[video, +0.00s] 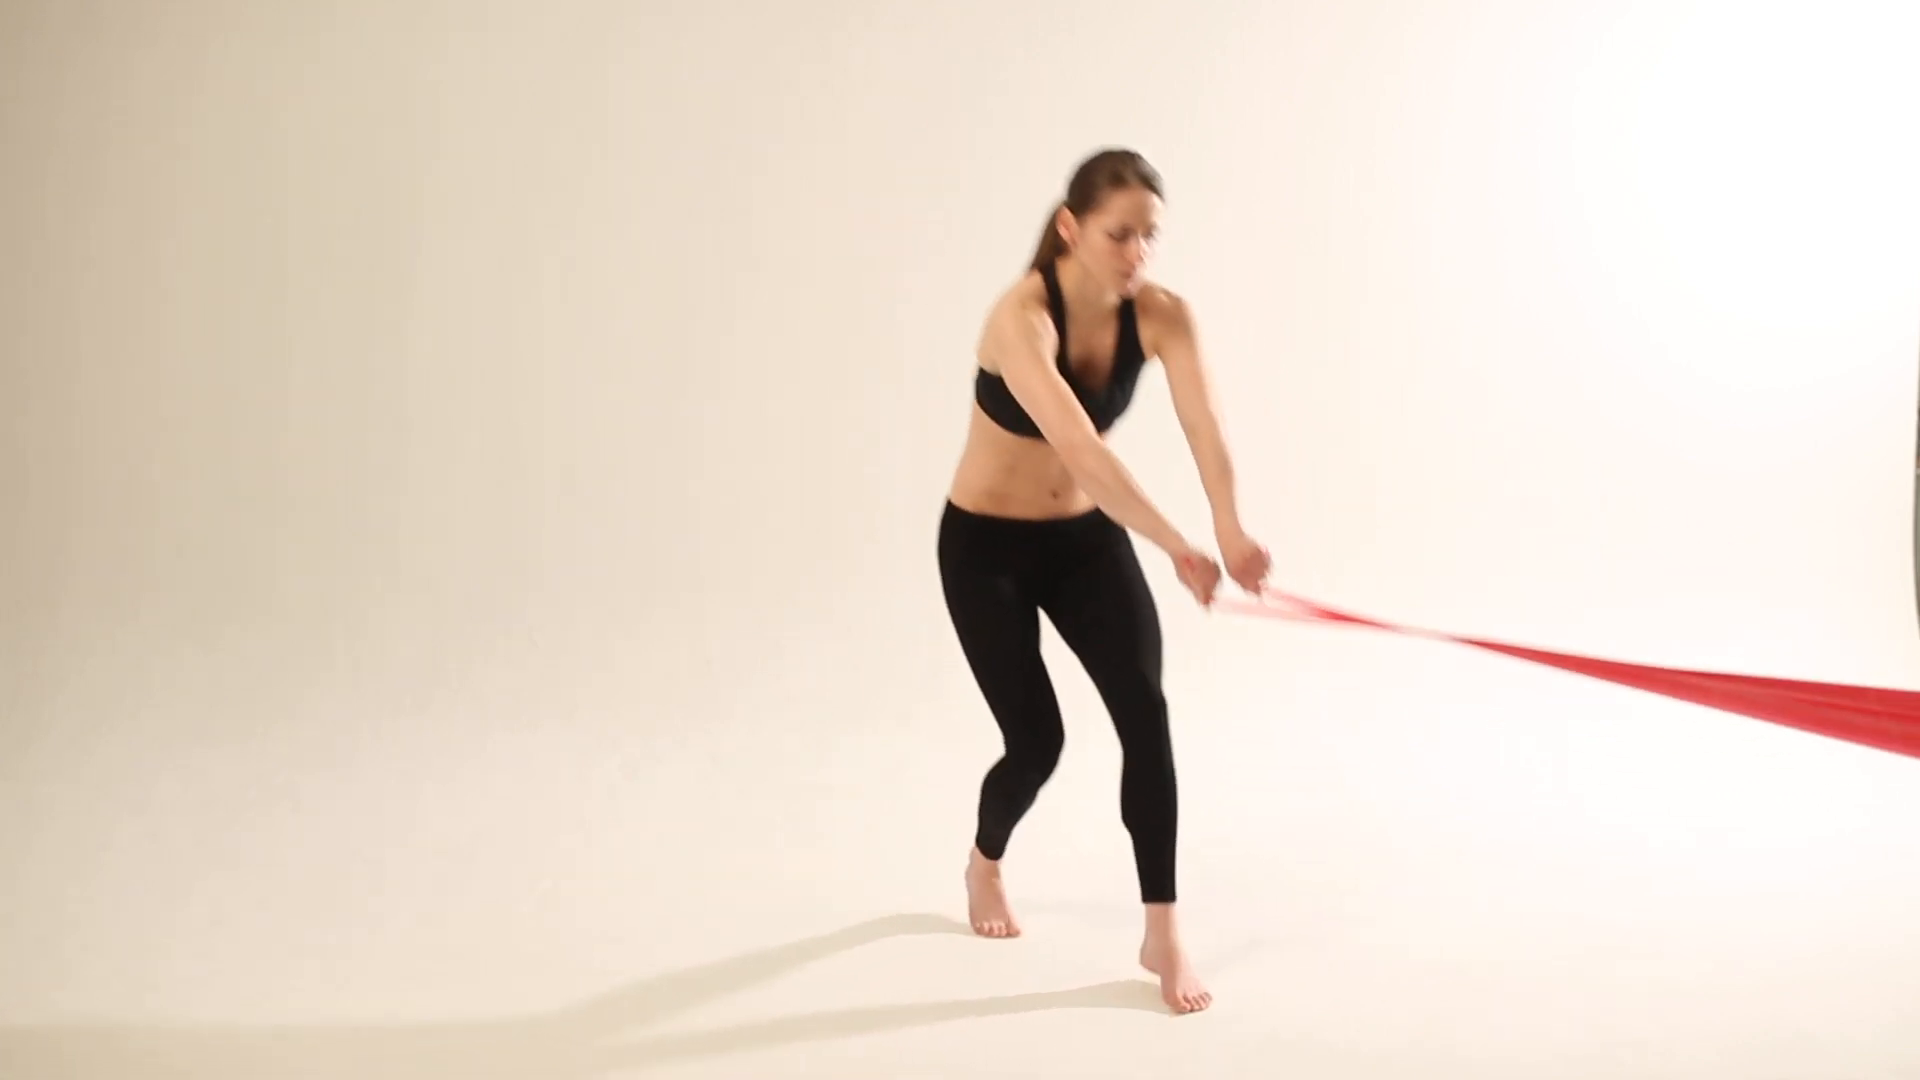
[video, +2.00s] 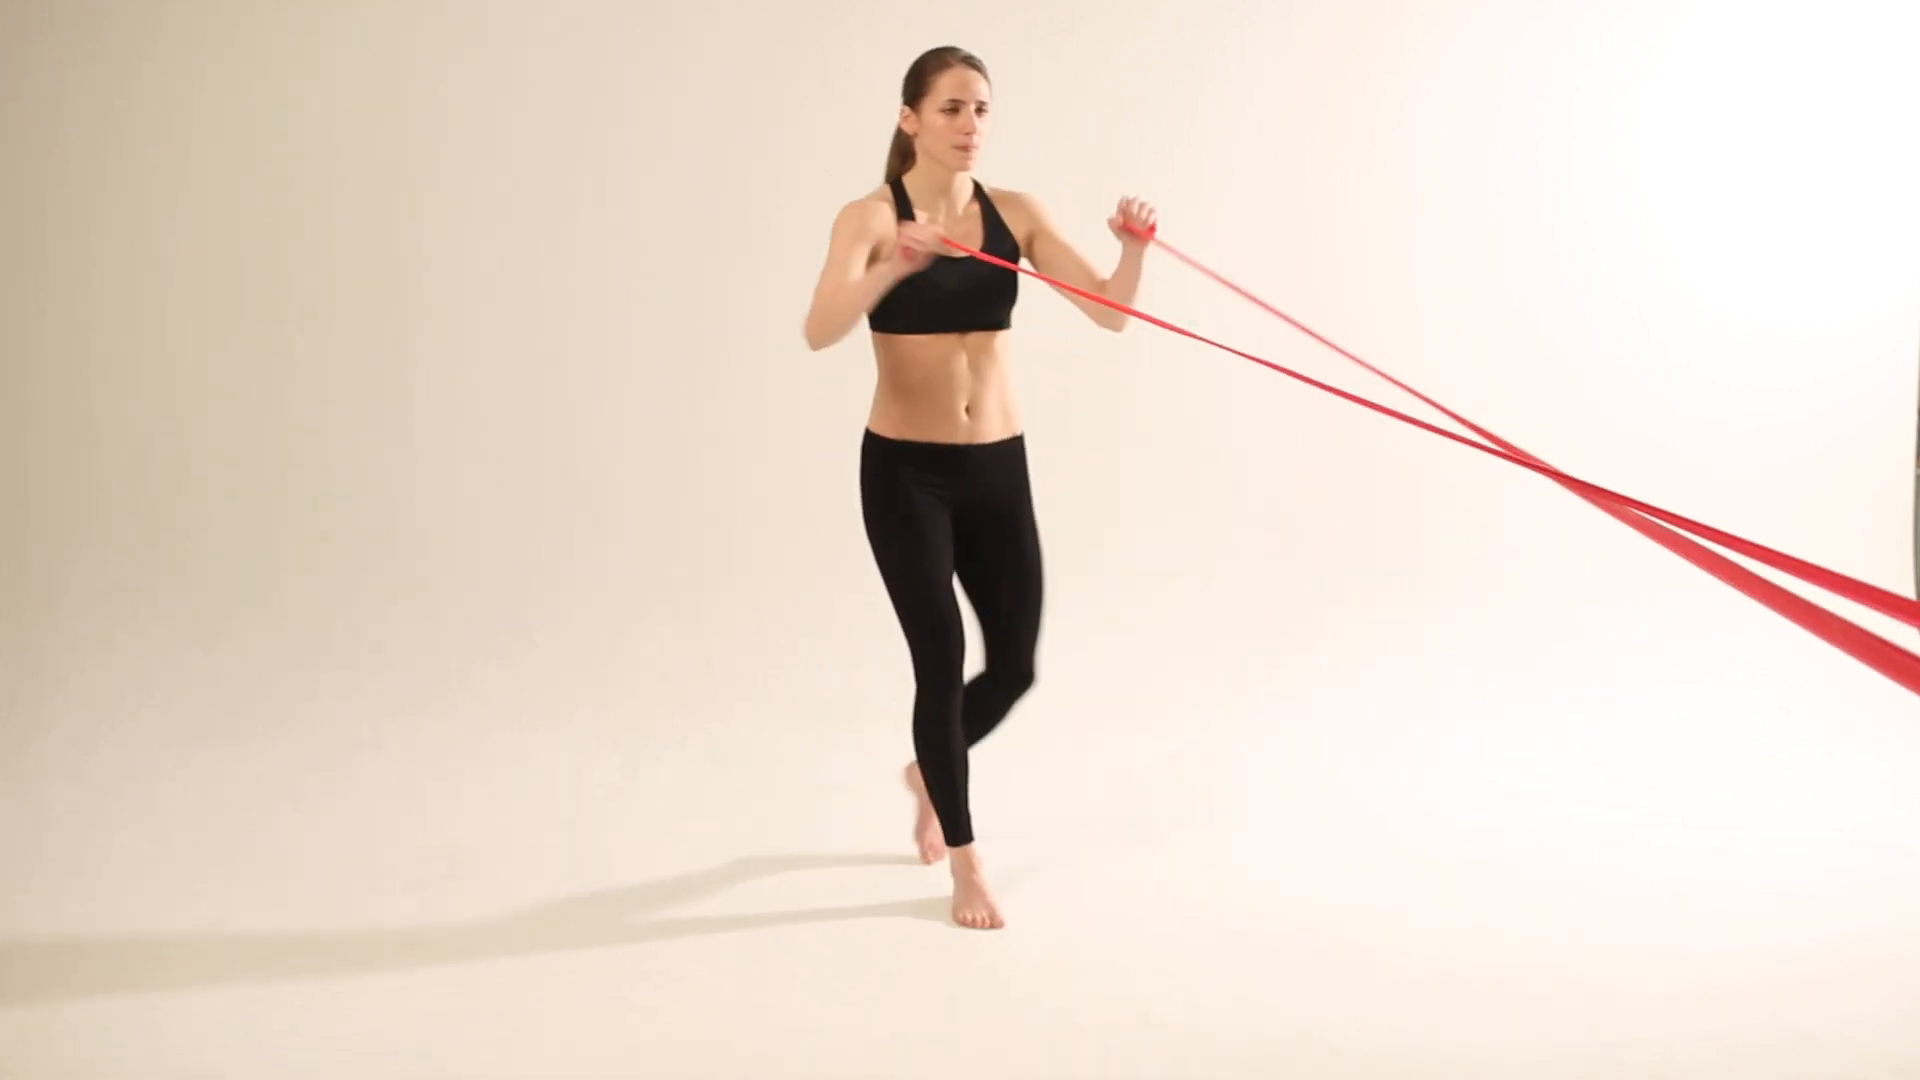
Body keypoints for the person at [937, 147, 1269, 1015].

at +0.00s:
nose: (1138, 251)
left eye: (1149, 234)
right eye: (1121, 232)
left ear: (1158, 237)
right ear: (1070, 229)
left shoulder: (1159, 312)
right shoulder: (1018, 321)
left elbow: (1202, 426)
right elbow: (1084, 454)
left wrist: (1231, 529)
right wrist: (1177, 547)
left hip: (1085, 540)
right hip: (984, 544)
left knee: (1145, 720)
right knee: (1036, 742)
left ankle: (1162, 930)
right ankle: (984, 861)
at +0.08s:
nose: (1106, 209)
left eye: (1116, 192)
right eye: (1089, 192)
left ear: (1124, 197)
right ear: (1038, 190)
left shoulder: (1128, 277)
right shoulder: (986, 285)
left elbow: (1181, 382)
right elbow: (1038, 419)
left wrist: (1202, 465)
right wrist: (1145, 486)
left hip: (1066, 518)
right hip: (967, 522)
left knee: (1123, 707)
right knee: (1017, 718)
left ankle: (1151, 906)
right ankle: (984, 865)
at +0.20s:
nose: (1065, 168)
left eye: (1073, 152)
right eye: (1048, 151)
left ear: (1078, 157)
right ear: (996, 149)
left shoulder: (1088, 242)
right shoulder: (949, 249)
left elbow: (1155, 331)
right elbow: (961, 382)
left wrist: (1176, 374)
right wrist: (1067, 391)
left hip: (1045, 492)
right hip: (948, 499)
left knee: (1095, 679)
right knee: (991, 691)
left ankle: (1067, 861)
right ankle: (981, 872)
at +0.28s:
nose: (1039, 145)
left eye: (1049, 130)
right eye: (1022, 129)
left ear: (1056, 137)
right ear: (972, 131)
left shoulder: (1069, 228)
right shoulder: (926, 233)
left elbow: (1145, 333)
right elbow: (920, 370)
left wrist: (1164, 336)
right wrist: (1012, 349)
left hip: (1037, 481)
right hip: (939, 488)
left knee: (1072, 675)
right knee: (976, 681)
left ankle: (1011, 810)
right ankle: (979, 872)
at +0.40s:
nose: (1005, 128)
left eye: (1015, 113)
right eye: (988, 111)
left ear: (1023, 122)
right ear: (941, 117)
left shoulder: (1041, 215)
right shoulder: (898, 220)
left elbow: (1128, 322)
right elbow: (854, 362)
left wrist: (1155, 284)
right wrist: (906, 307)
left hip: (1025, 471)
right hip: (929, 475)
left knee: (1028, 677)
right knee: (963, 672)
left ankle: (944, 764)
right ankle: (977, 872)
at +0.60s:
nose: (965, 124)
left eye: (974, 110)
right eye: (947, 109)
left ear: (983, 119)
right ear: (903, 117)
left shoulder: (1008, 211)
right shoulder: (865, 218)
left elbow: (1082, 315)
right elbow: (792, 351)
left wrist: (1133, 249)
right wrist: (777, 283)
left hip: (997, 465)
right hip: (907, 465)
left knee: (969, 656)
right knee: (942, 660)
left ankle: (907, 784)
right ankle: (973, 865)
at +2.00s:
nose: (970, 123)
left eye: (980, 109)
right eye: (953, 108)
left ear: (989, 120)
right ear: (911, 119)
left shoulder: (1013, 213)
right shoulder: (873, 216)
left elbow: (1110, 311)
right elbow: (820, 331)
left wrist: (1134, 248)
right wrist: (894, 263)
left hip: (998, 467)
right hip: (904, 469)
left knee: (1013, 666)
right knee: (941, 659)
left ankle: (929, 767)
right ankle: (966, 862)